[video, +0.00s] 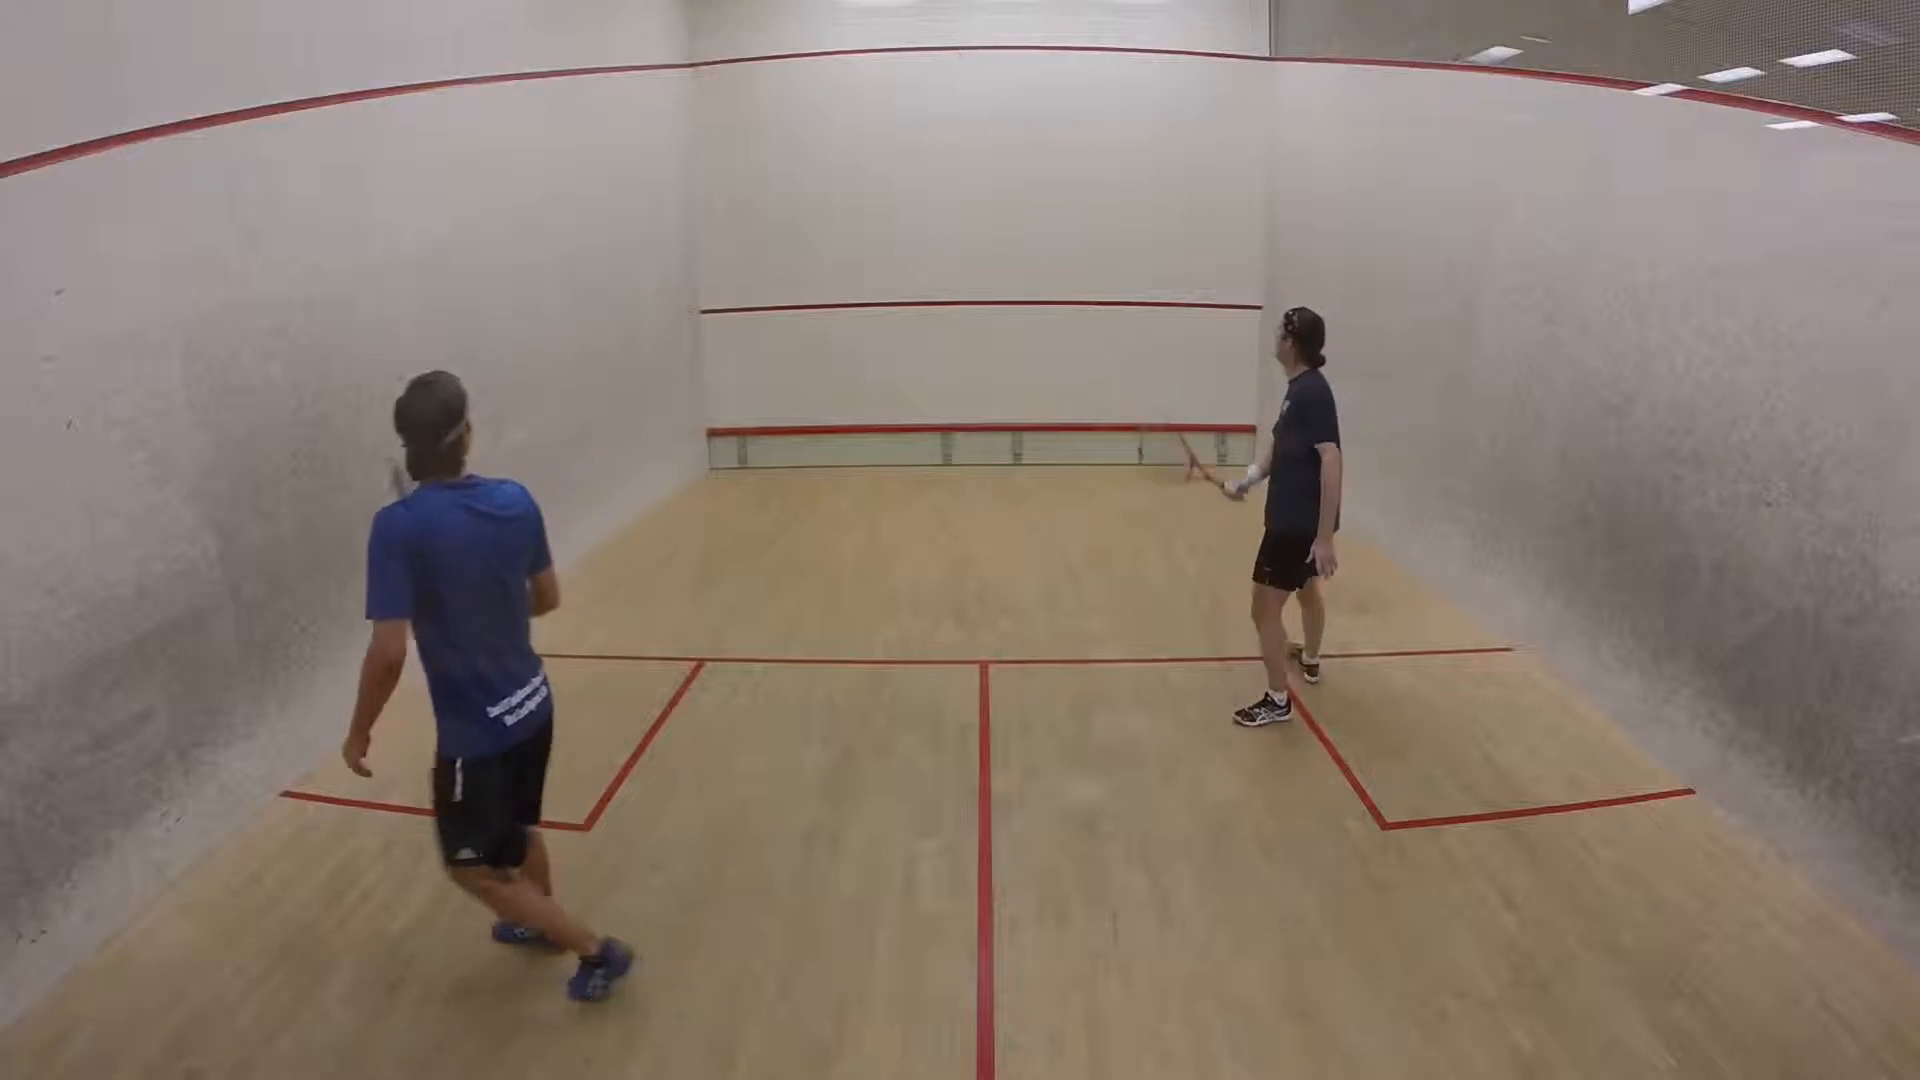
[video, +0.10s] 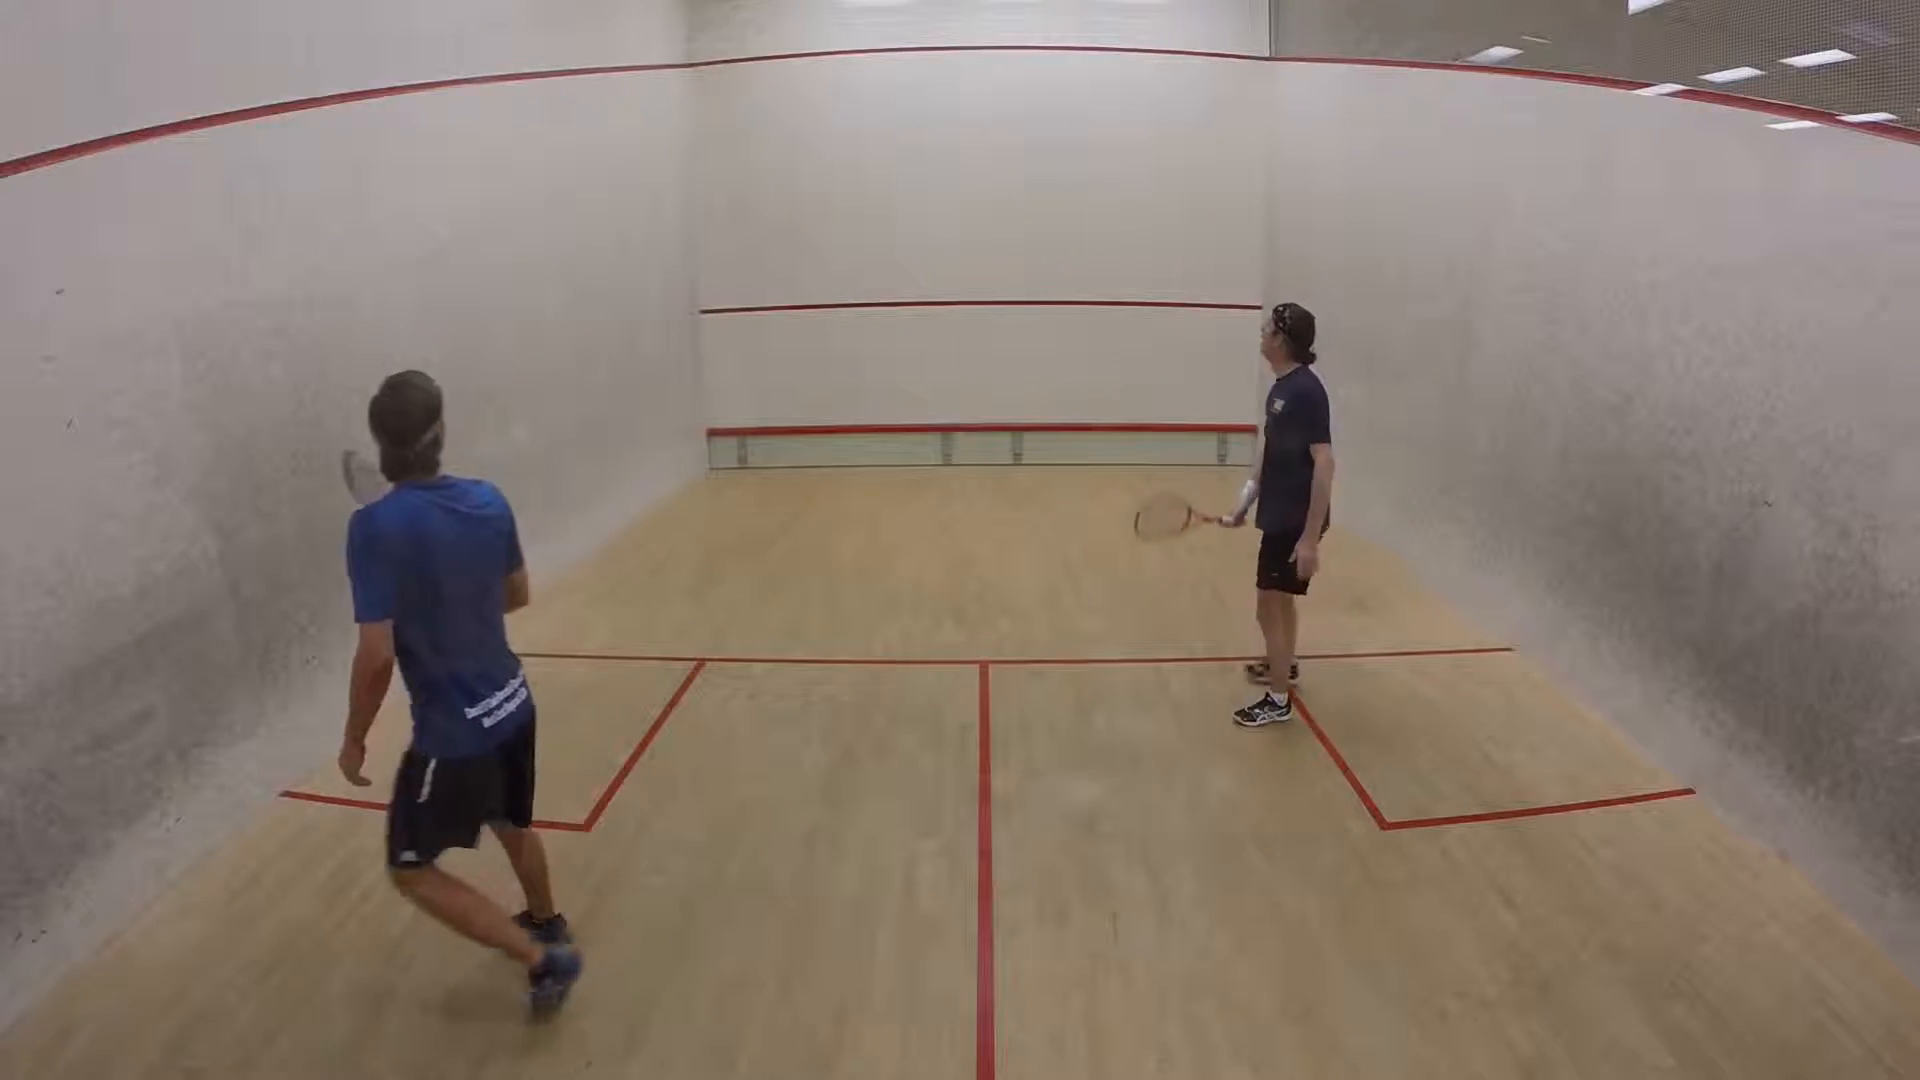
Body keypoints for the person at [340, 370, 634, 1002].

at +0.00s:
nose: (471, 428)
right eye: (468, 422)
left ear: (405, 441)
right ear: (467, 433)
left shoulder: (397, 528)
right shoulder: (512, 501)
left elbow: (389, 652)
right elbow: (546, 597)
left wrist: (360, 732)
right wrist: (480, 606)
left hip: (473, 732)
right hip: (531, 705)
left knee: (472, 866)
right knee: (521, 825)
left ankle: (599, 952)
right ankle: (540, 921)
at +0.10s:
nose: (436, 430)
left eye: (381, 428)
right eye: (436, 421)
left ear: (376, 437)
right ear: (441, 431)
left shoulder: (375, 528)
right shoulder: (486, 502)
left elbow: (377, 658)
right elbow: (516, 594)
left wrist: (354, 738)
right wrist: (447, 608)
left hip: (451, 736)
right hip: (513, 709)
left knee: (409, 868)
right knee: (512, 820)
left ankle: (539, 959)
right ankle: (545, 920)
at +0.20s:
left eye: (354, 439)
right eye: (409, 430)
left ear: (348, 447)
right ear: (413, 440)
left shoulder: (352, 542)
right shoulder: (460, 507)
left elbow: (367, 671)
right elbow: (485, 601)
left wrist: (350, 764)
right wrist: (417, 602)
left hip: (426, 752)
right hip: (490, 724)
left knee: (376, 889)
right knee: (502, 825)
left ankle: (478, 1020)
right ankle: (543, 919)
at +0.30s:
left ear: (313, 464)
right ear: (380, 453)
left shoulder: (325, 564)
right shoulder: (431, 524)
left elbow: (353, 701)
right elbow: (456, 618)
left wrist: (346, 801)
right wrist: (368, 577)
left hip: (400, 778)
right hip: (464, 744)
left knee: (372, 922)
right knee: (488, 837)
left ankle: (428, 1069)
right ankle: (543, 921)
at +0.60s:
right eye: (284, 449)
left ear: (217, 489)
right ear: (292, 463)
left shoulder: (242, 592)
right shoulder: (368, 537)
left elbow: (286, 741)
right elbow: (423, 656)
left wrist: (289, 865)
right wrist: (354, 684)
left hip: (352, 815)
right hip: (426, 774)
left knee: (356, 954)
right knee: (451, 871)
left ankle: (429, 1071)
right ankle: (498, 969)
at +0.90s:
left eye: (233, 482)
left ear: (244, 505)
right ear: (319, 470)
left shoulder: (273, 611)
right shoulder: (398, 549)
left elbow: (329, 772)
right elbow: (457, 664)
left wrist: (330, 887)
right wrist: (405, 731)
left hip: (383, 845)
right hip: (455, 801)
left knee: (401, 989)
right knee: (459, 926)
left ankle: (432, 1075)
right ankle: (562, 1044)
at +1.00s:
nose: (260, 523)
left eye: (258, 512)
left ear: (274, 524)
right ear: (342, 480)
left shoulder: (323, 619)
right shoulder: (417, 557)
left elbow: (388, 771)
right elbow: (467, 677)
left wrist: (381, 894)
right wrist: (420, 761)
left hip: (423, 867)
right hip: (491, 825)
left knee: (423, 1022)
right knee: (491, 957)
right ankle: (587, 1071)